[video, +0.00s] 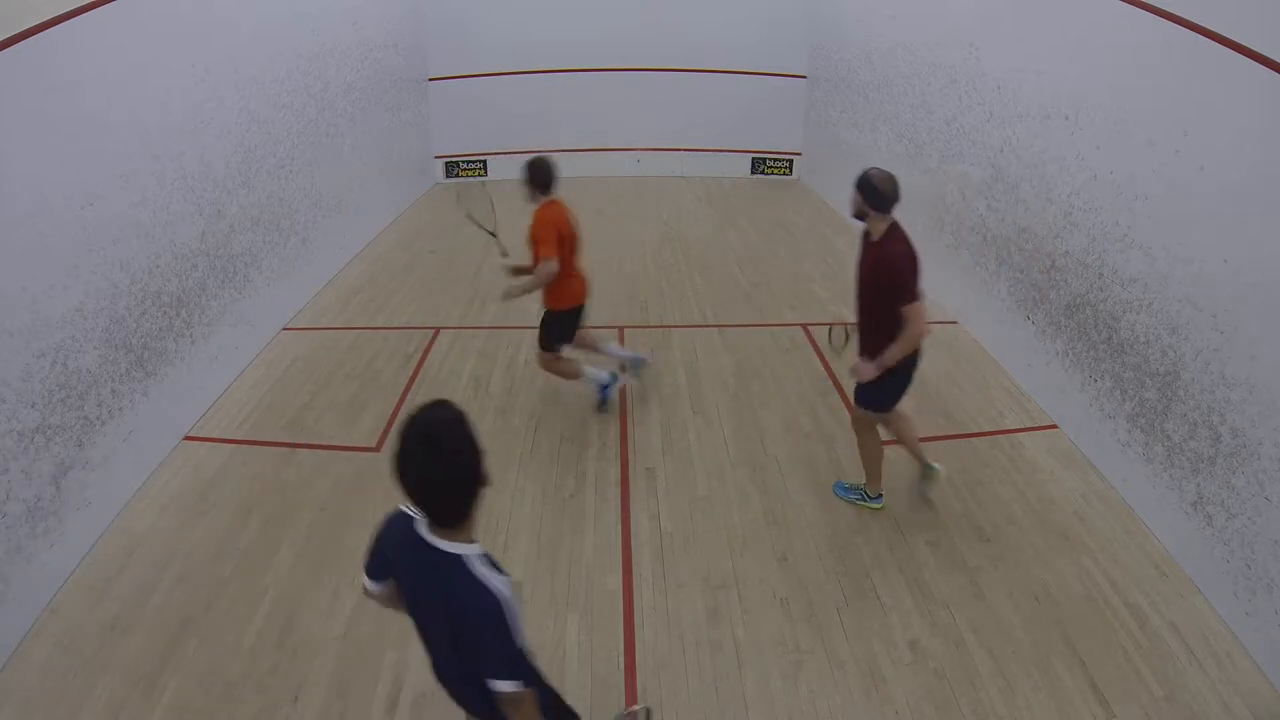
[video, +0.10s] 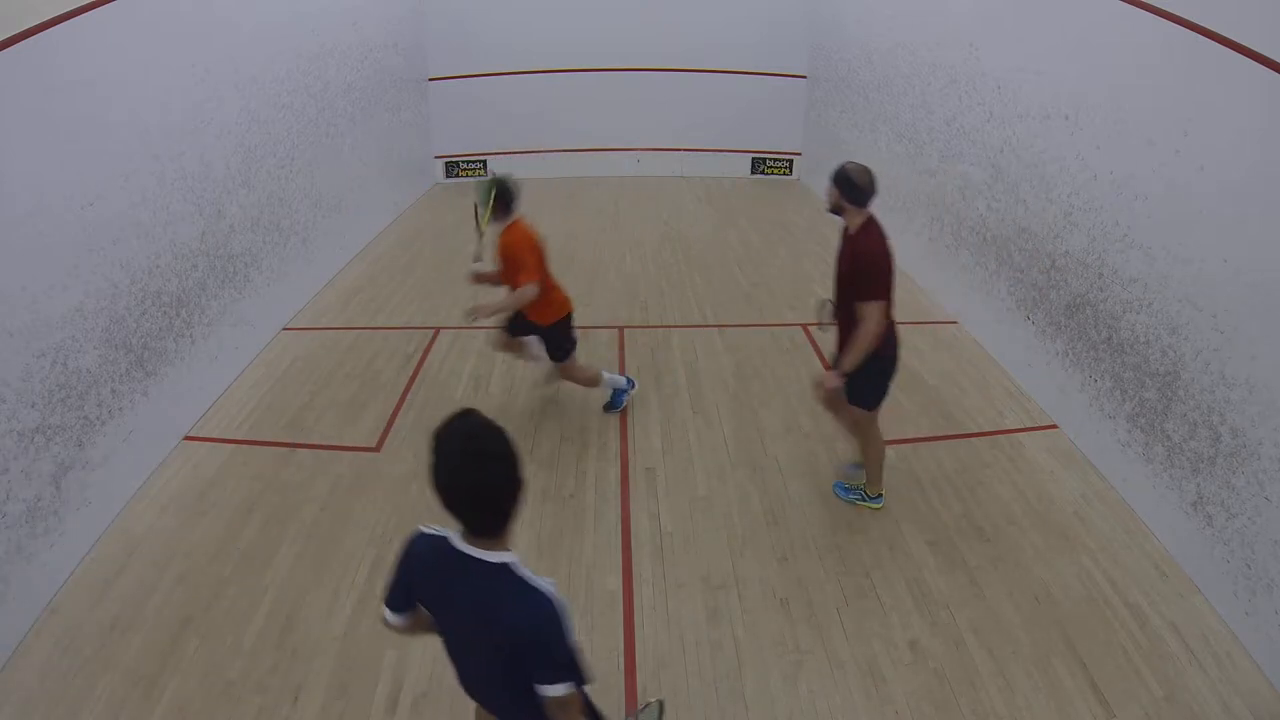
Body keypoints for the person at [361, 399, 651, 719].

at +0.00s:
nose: (484, 453)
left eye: (476, 446)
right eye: (478, 448)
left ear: (409, 477)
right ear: (480, 474)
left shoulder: (400, 526)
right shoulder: (484, 590)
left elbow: (376, 588)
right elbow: (513, 696)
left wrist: (431, 606)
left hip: (457, 682)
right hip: (510, 701)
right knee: (567, 712)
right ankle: (622, 717)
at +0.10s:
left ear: (441, 495)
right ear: (518, 489)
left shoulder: (424, 550)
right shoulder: (536, 605)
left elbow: (397, 619)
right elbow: (563, 705)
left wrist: (455, 621)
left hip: (482, 698)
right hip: (536, 709)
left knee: (490, 704)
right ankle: (638, 716)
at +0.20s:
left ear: (473, 503)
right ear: (551, 493)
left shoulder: (447, 563)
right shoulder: (578, 604)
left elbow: (420, 643)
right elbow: (605, 706)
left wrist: (477, 632)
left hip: (498, 708)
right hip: (564, 712)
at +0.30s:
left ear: (498, 506)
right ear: (577, 498)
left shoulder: (468, 578)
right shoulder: (606, 602)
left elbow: (440, 666)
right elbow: (639, 697)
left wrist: (494, 646)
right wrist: (653, 709)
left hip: (516, 711)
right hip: (594, 713)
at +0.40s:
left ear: (521, 519)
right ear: (600, 504)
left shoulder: (485, 591)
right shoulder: (631, 602)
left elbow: (459, 687)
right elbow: (661, 688)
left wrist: (493, 669)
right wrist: (674, 709)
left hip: (523, 712)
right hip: (606, 712)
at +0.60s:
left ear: (546, 530)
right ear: (629, 520)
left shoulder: (514, 615)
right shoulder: (660, 599)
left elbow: (501, 711)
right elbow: (679, 678)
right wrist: (684, 705)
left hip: (542, 712)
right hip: (625, 712)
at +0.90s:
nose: (544, 551)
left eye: (546, 547)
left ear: (559, 568)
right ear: (642, 546)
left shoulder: (528, 657)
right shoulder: (677, 617)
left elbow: (509, 711)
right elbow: (679, 691)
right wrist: (671, 709)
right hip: (646, 711)